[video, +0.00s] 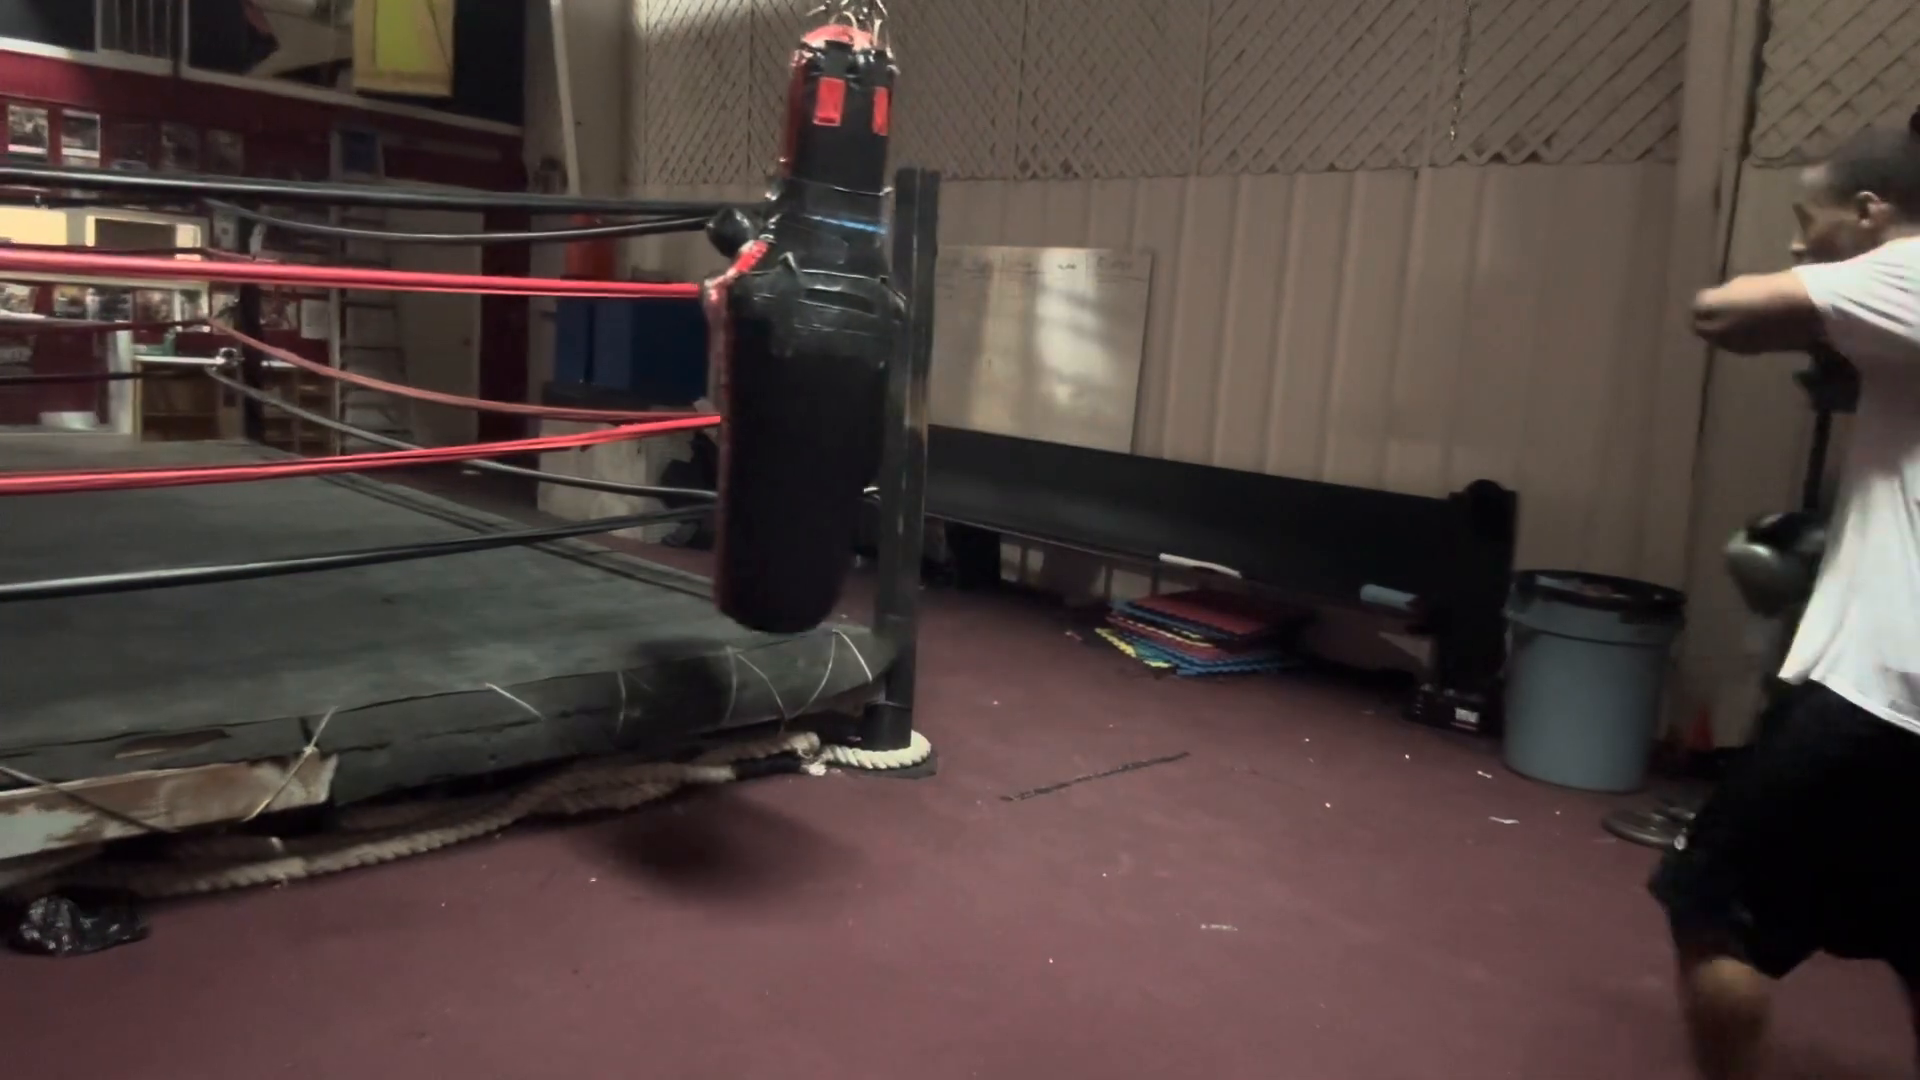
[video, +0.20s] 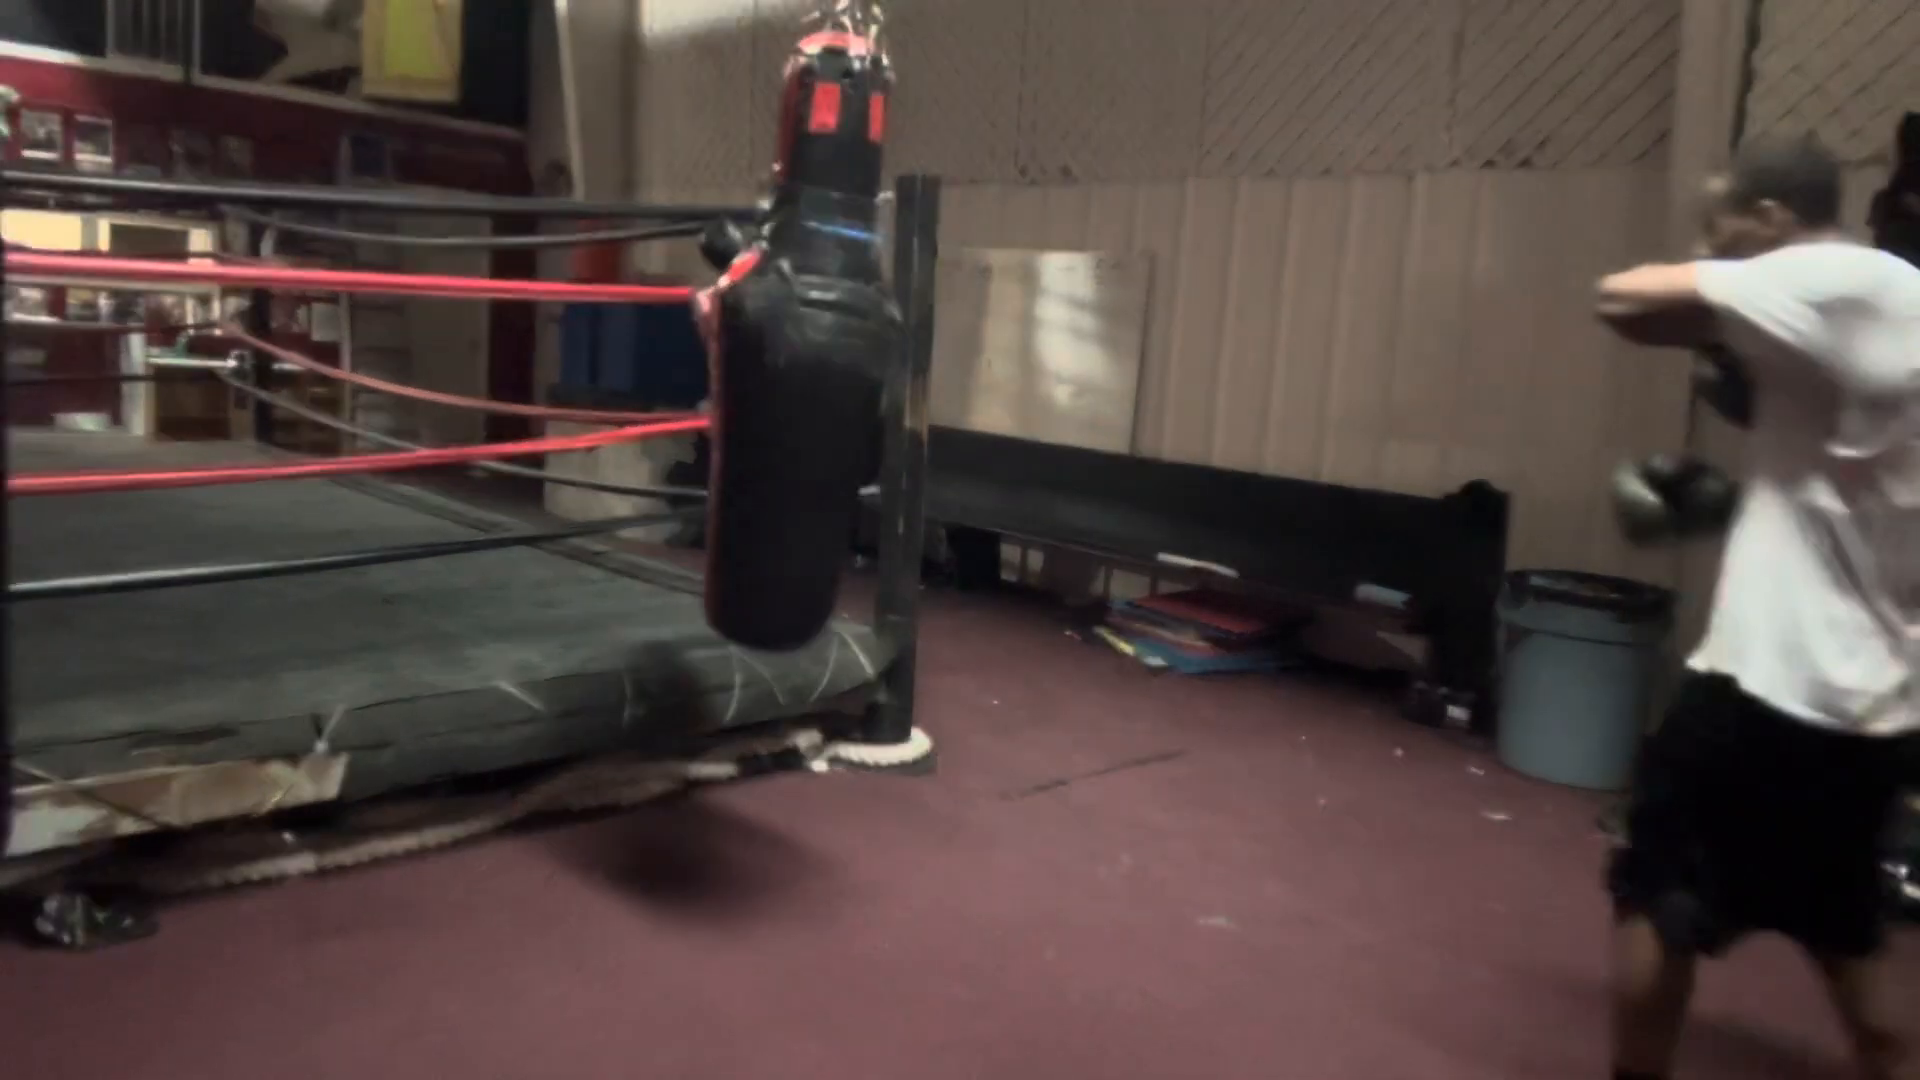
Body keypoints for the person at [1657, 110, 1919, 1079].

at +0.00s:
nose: (1803, 249)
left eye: (1815, 228)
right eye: (1803, 231)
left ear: (1872, 213)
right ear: (1883, 215)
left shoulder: (1909, 274)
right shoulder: (1898, 283)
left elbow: (1715, 310)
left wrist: (1817, 281)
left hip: (1885, 678)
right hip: (1882, 674)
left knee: (1710, 899)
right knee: (1910, 941)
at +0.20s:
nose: (1713, 252)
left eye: (1723, 233)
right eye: (1712, 235)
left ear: (1773, 220)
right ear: (1807, 221)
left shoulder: (1847, 279)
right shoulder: (1896, 295)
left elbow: (1622, 297)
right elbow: (1857, 477)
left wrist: (1728, 310)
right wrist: (1729, 504)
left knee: (1655, 894)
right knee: (1845, 920)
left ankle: (1637, 1065)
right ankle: (1887, 1060)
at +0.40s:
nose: (1661, 231)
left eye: (1669, 212)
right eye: (1659, 212)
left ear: (1715, 205)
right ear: (1771, 203)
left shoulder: (1763, 279)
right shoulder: (1869, 304)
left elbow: (1564, 268)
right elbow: (1773, 431)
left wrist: (1655, 298)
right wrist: (1659, 383)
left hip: (1705, 660)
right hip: (1781, 666)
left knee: (1634, 896)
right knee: (1691, 860)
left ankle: (1637, 1073)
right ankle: (1803, 1040)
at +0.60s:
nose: (1624, 217)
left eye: (1632, 200)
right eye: (1625, 200)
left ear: (1676, 196)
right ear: (1720, 195)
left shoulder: (1729, 268)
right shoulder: (1809, 289)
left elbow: (1535, 255)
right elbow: (1707, 394)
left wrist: (1621, 260)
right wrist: (1599, 344)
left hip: (1675, 632)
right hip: (1727, 630)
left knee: (1631, 881)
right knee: (1619, 850)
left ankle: (1638, 1070)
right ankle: (1690, 1035)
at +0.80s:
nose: (1563, 227)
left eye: (1575, 211)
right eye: (1565, 211)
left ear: (1633, 215)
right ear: (1642, 218)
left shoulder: (1714, 290)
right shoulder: (1657, 304)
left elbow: (1508, 289)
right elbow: (1604, 443)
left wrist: (1492, 314)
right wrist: (1529, 375)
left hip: (1643, 633)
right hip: (1577, 616)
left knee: (1621, 868)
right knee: (1523, 799)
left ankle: (1638, 1068)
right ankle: (1508, 986)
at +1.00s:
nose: (1521, 225)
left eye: (1541, 209)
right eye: (1520, 206)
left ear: (1604, 210)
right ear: (1589, 215)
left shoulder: (1656, 297)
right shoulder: (1597, 308)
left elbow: (1578, 421)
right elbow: (1548, 459)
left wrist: (1491, 369)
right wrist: (1478, 405)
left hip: (1576, 614)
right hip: (1542, 600)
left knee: (1491, 814)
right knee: (1496, 794)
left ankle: (1604, 1060)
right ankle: (1509, 985)